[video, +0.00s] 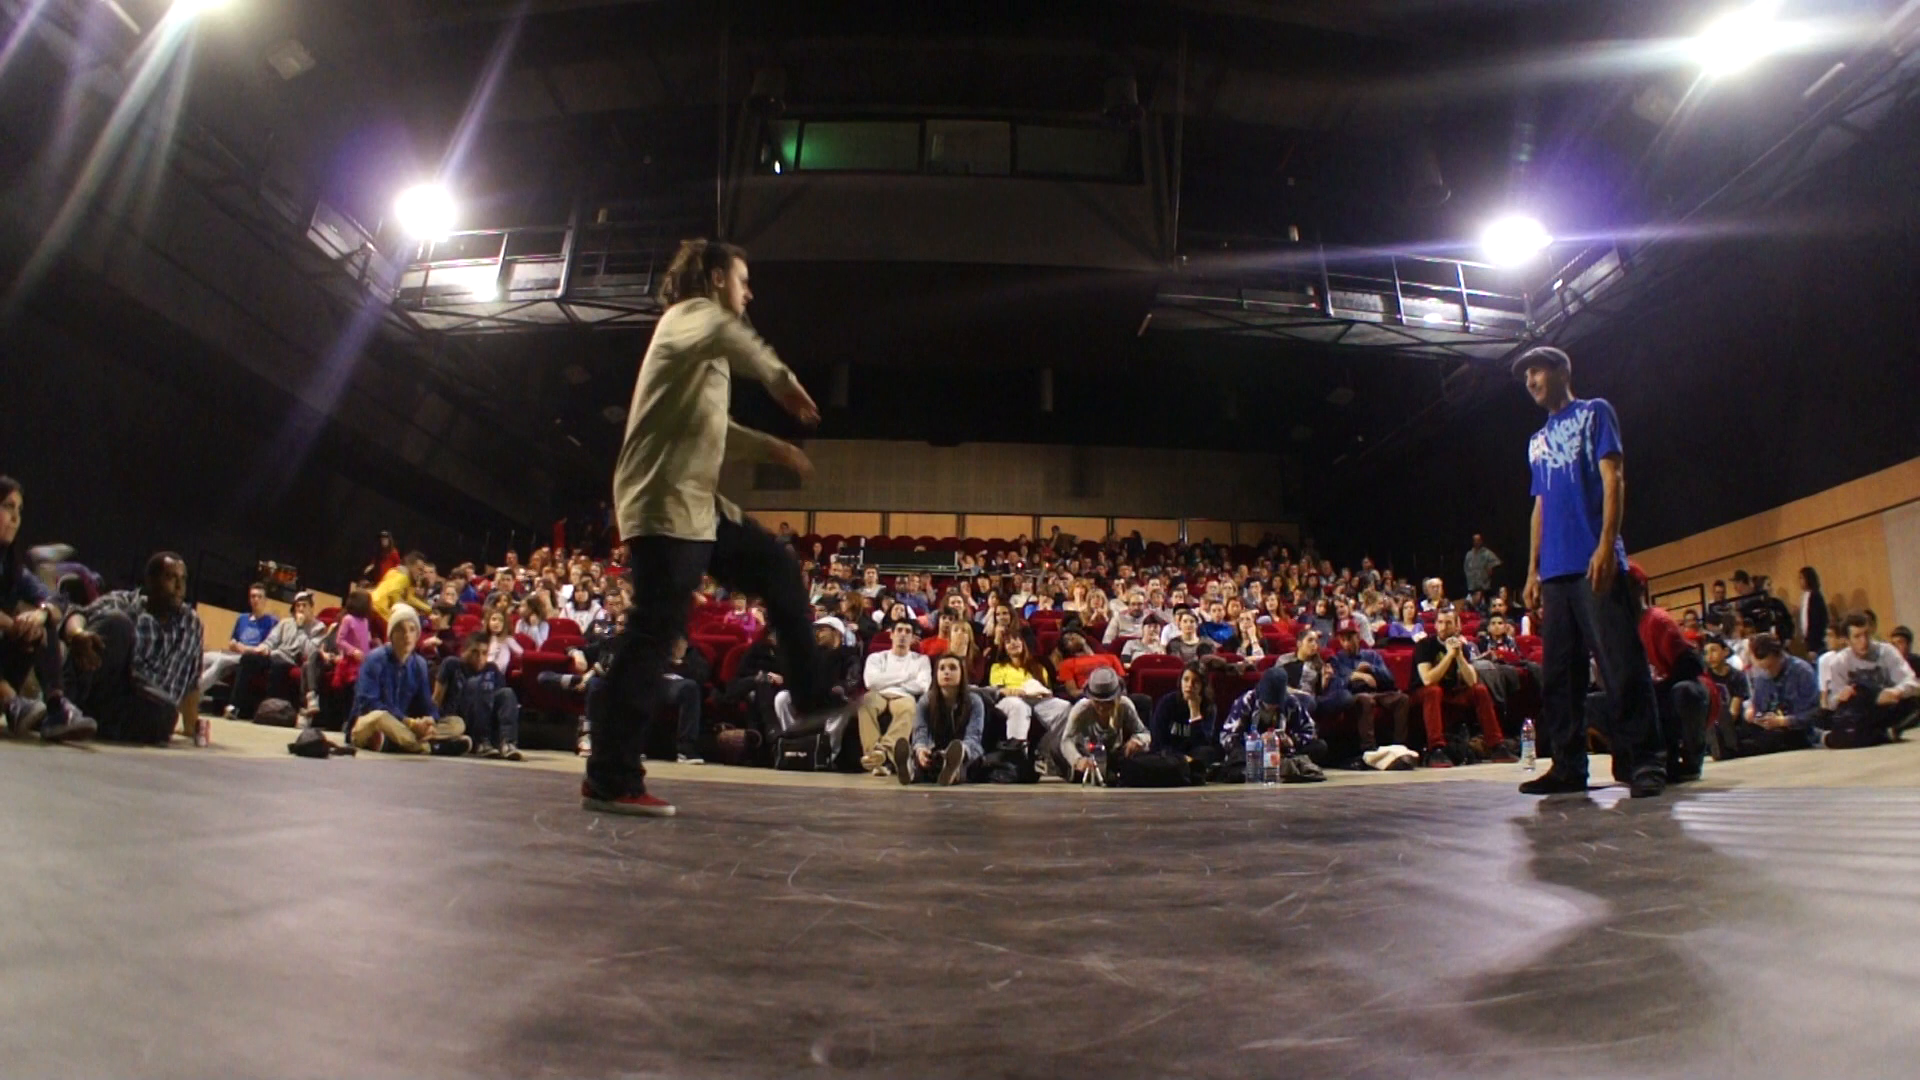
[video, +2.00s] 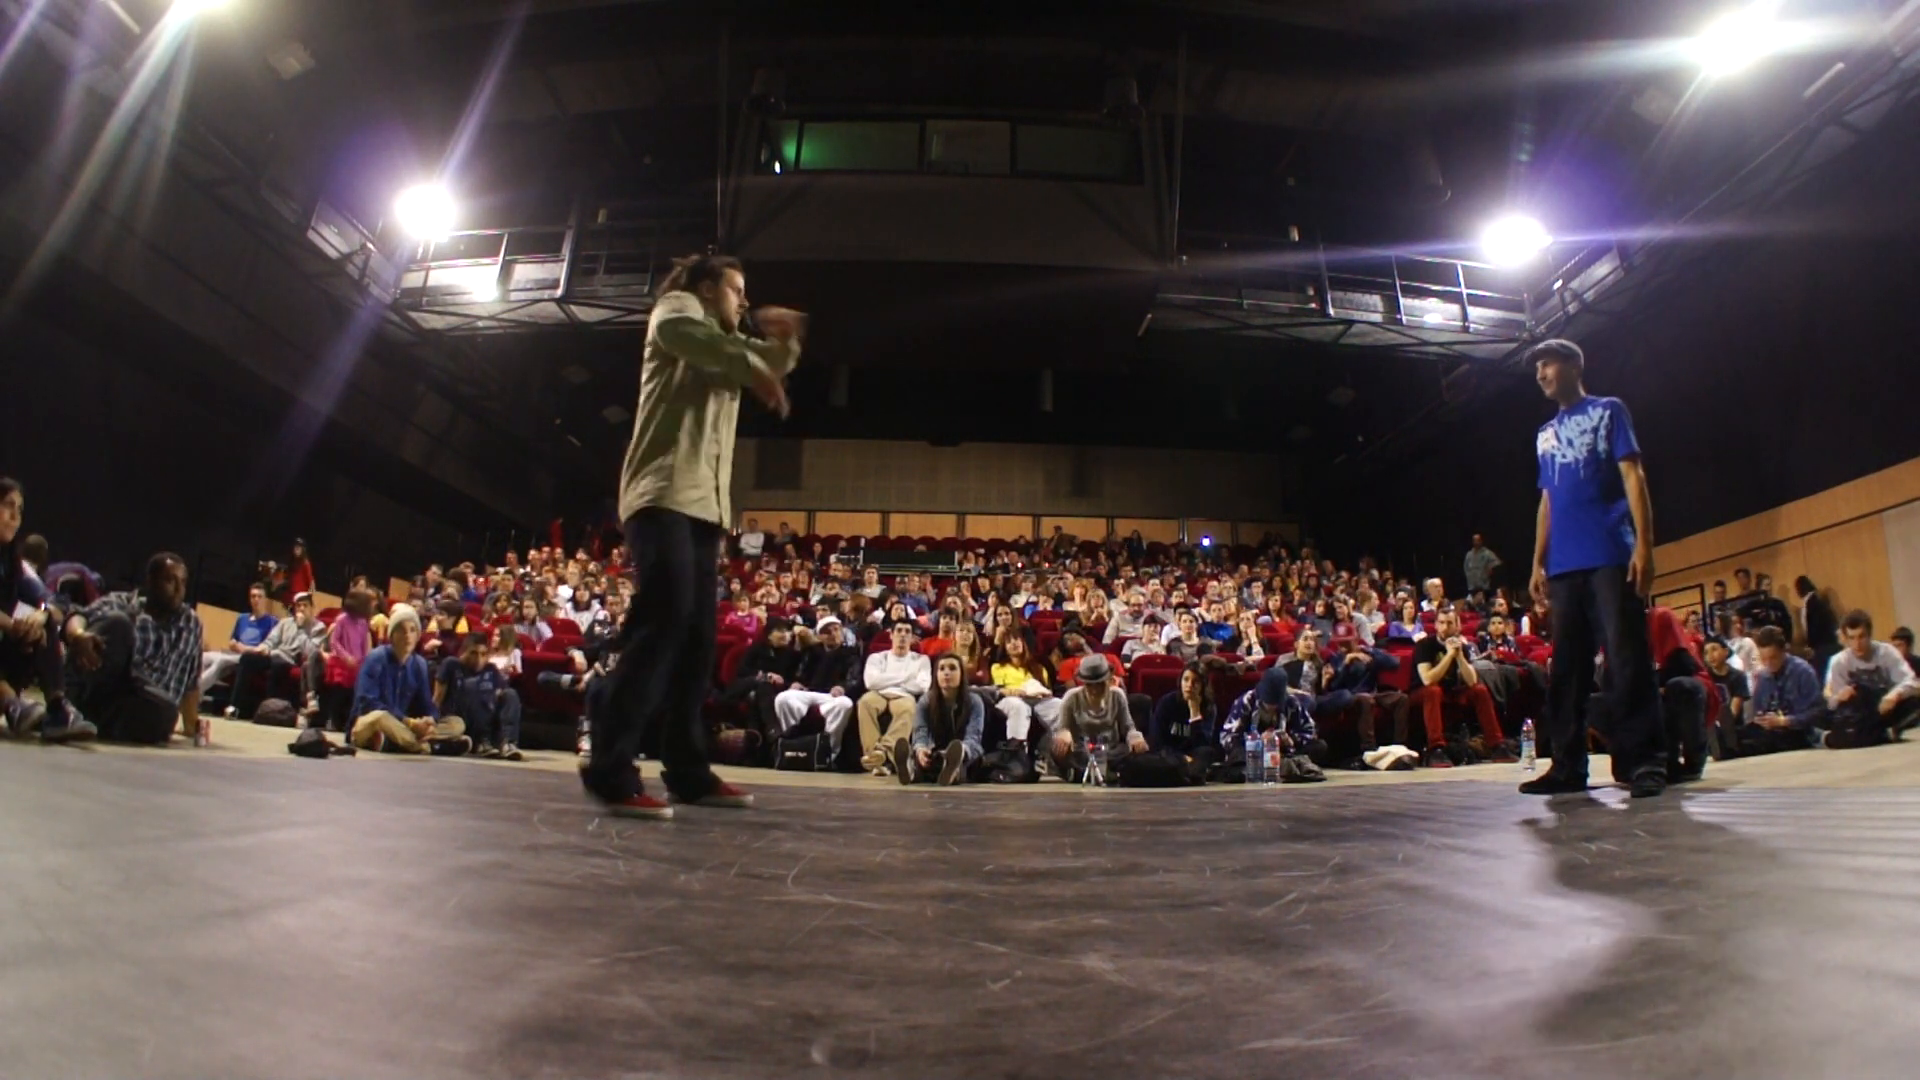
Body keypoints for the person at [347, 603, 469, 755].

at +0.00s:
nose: (407, 636)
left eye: (412, 630)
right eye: (401, 631)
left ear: (418, 634)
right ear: (391, 635)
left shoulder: (419, 664)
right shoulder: (375, 659)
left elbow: (426, 703)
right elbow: (368, 703)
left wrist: (430, 720)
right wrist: (406, 722)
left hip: (412, 724)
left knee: (457, 723)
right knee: (380, 717)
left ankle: (395, 744)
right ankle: (427, 748)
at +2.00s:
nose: (408, 637)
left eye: (412, 631)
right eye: (401, 631)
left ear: (418, 635)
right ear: (391, 635)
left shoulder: (420, 664)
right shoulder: (376, 658)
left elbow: (426, 705)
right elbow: (367, 703)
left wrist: (430, 720)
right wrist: (407, 722)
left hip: (411, 726)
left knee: (457, 724)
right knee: (380, 718)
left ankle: (393, 744)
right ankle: (426, 748)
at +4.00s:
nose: (408, 637)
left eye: (412, 631)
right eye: (401, 632)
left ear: (418, 635)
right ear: (391, 635)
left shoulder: (419, 664)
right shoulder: (375, 660)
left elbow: (426, 704)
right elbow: (368, 703)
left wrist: (430, 720)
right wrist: (407, 722)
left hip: (411, 725)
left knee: (457, 723)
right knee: (381, 718)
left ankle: (395, 744)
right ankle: (424, 748)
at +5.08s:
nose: (400, 637)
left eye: (407, 632)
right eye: (396, 630)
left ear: (417, 638)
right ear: (390, 634)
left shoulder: (420, 665)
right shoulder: (373, 660)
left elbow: (420, 707)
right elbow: (364, 704)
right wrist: (406, 700)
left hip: (410, 724)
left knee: (456, 724)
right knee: (379, 718)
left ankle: (393, 744)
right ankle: (428, 747)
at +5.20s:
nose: (398, 637)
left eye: (405, 633)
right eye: (394, 631)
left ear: (415, 639)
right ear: (388, 633)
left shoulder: (419, 664)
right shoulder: (372, 660)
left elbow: (426, 706)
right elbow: (367, 705)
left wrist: (428, 720)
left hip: (404, 724)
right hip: (366, 725)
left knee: (457, 724)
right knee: (380, 717)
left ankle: (393, 744)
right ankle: (428, 747)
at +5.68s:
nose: (381, 629)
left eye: (387, 624)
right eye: (376, 624)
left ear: (398, 630)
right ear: (371, 630)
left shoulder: (408, 661)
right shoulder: (359, 659)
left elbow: (427, 700)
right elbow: (354, 696)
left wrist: (419, 702)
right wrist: (385, 675)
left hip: (402, 723)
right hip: (364, 727)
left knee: (456, 723)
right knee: (379, 716)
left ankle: (393, 743)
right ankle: (430, 748)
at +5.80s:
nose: (377, 626)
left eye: (382, 621)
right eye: (372, 622)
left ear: (393, 628)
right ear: (366, 627)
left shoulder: (400, 657)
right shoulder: (356, 655)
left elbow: (427, 690)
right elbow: (349, 679)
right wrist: (384, 681)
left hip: (401, 720)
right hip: (364, 725)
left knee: (455, 717)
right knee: (379, 713)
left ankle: (395, 742)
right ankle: (429, 747)